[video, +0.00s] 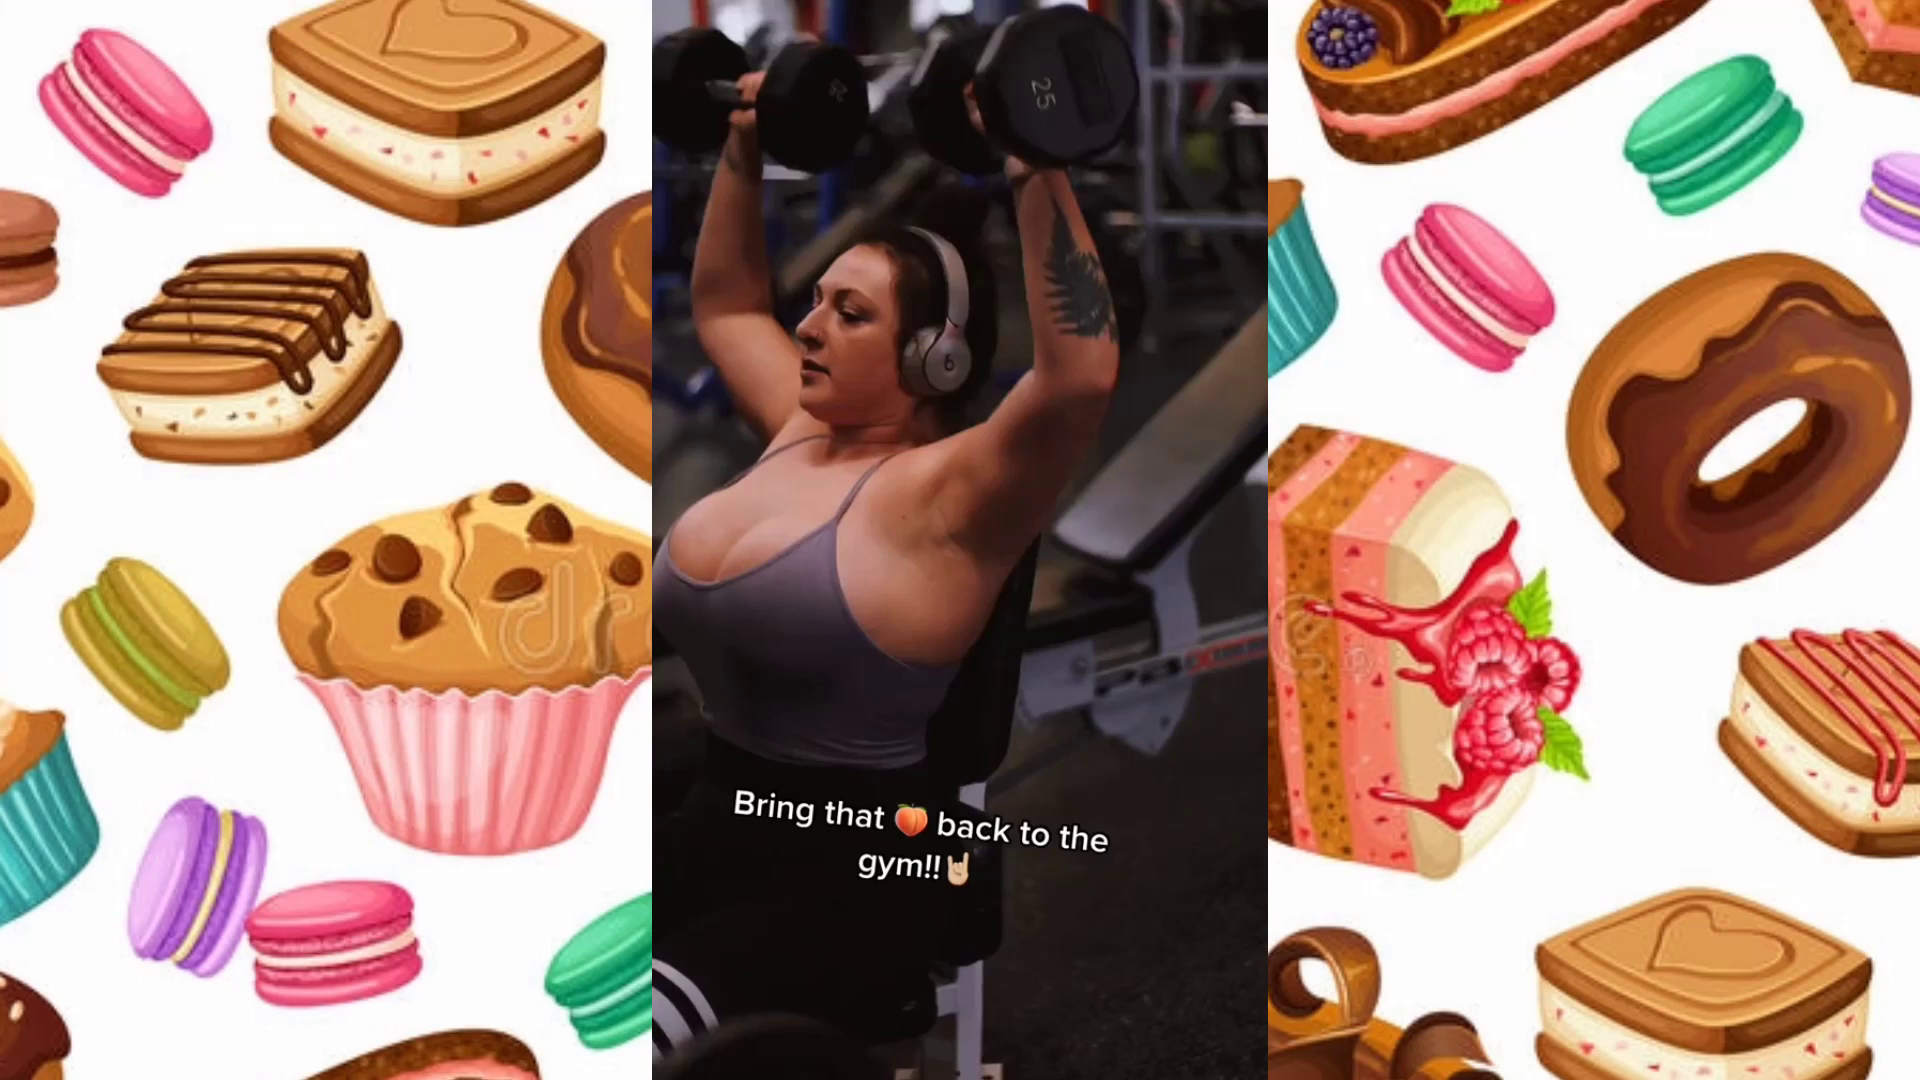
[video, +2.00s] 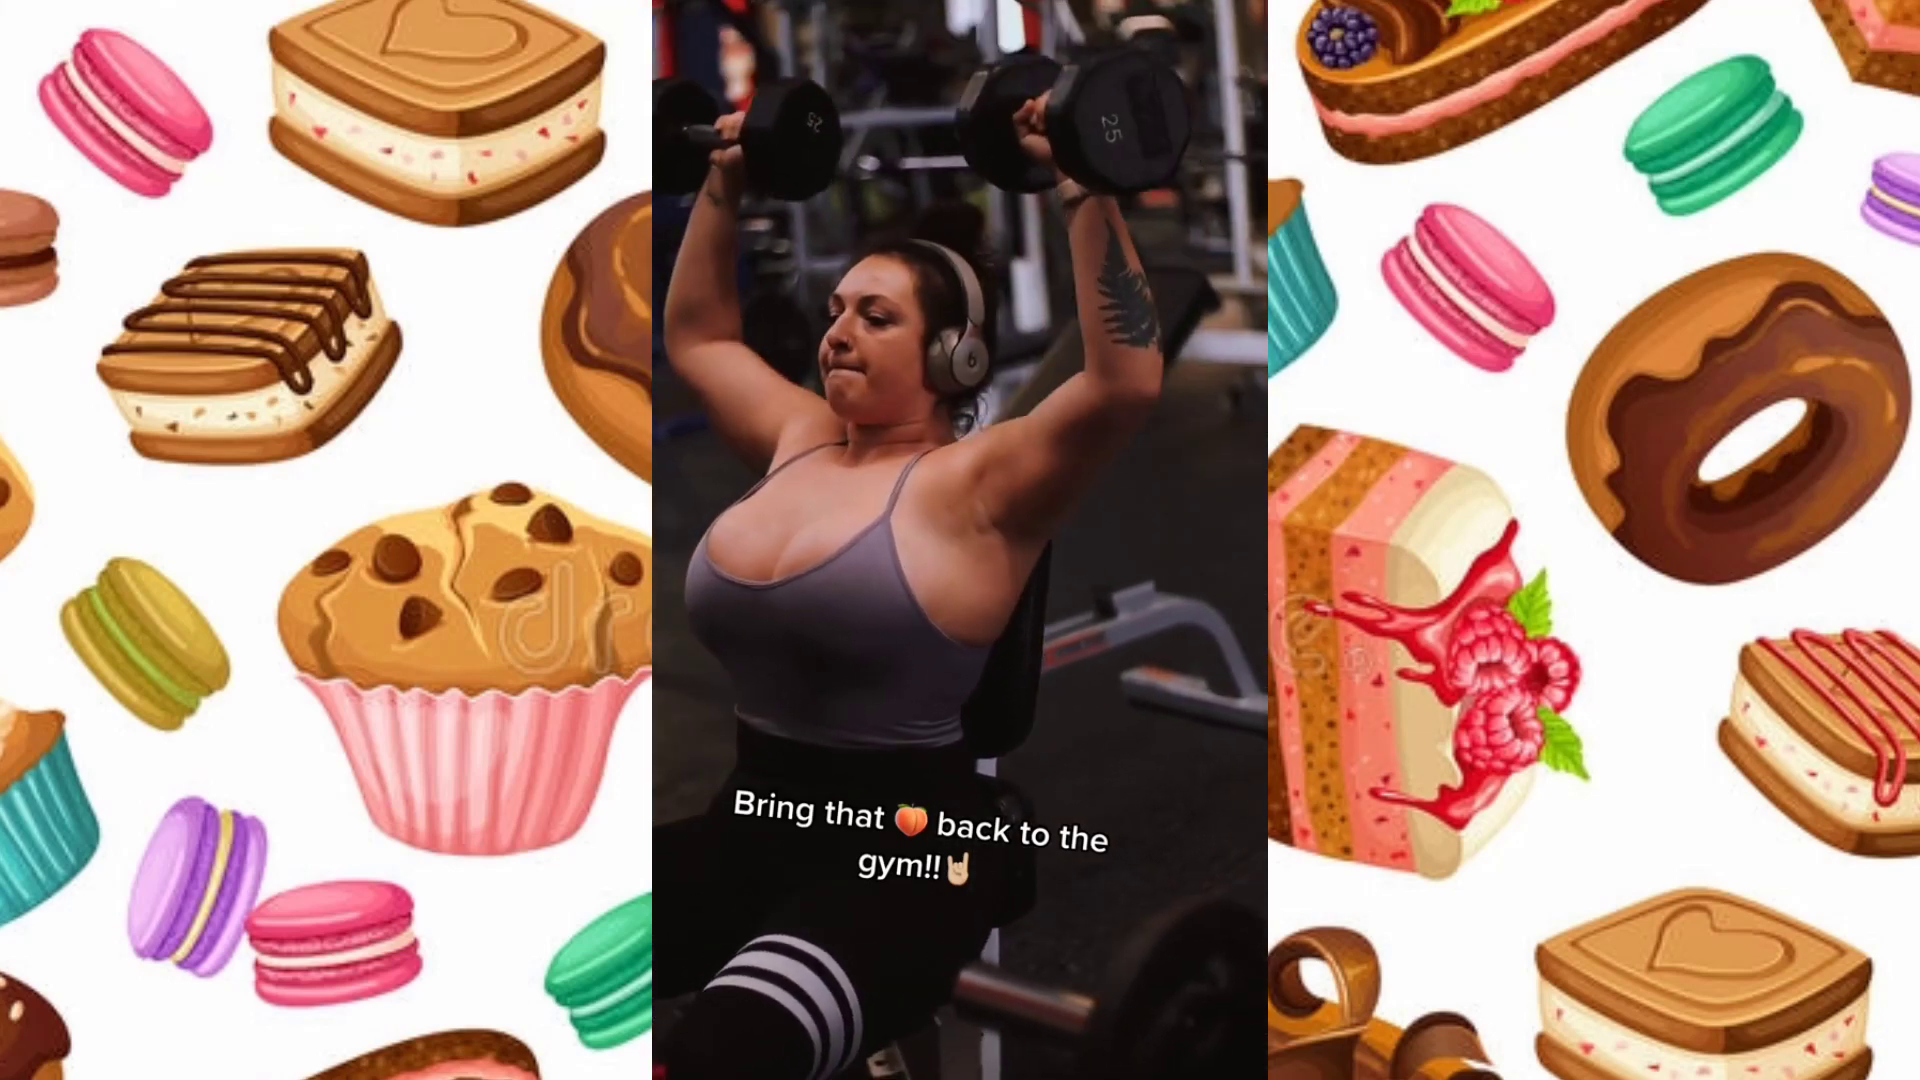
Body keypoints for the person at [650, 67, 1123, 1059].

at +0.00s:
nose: (811, 325)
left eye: (849, 311)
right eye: (818, 302)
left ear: (928, 355)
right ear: (806, 310)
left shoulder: (952, 497)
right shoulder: (801, 430)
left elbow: (1078, 377)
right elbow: (729, 306)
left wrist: (1033, 162)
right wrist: (742, 153)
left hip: (855, 875)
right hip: (725, 832)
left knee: (599, 1020)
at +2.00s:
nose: (839, 332)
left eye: (874, 316)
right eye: (836, 312)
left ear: (951, 351)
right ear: (826, 332)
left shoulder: (984, 485)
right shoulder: (801, 436)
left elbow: (1125, 381)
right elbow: (697, 333)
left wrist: (1082, 182)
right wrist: (720, 191)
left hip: (904, 851)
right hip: (756, 826)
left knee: (720, 1046)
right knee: (551, 944)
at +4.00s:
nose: (894, 435)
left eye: (927, 421)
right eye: (889, 417)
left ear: (982, 447)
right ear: (873, 438)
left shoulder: (1011, 549)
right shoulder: (853, 523)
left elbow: (1023, 377)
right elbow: (818, 362)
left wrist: (999, 208)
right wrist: (829, 200)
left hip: (946, 880)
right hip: (812, 864)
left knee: (825, 1043)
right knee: (606, 974)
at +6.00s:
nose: (869, 392)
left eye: (901, 375)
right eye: (863, 371)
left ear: (967, 401)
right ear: (851, 387)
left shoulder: (1009, 528)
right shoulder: (829, 501)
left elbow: (1180, 574)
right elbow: (718, 512)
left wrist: (1132, 412)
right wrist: (736, 377)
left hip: (940, 849)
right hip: (795, 831)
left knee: (799, 1028)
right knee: (601, 940)